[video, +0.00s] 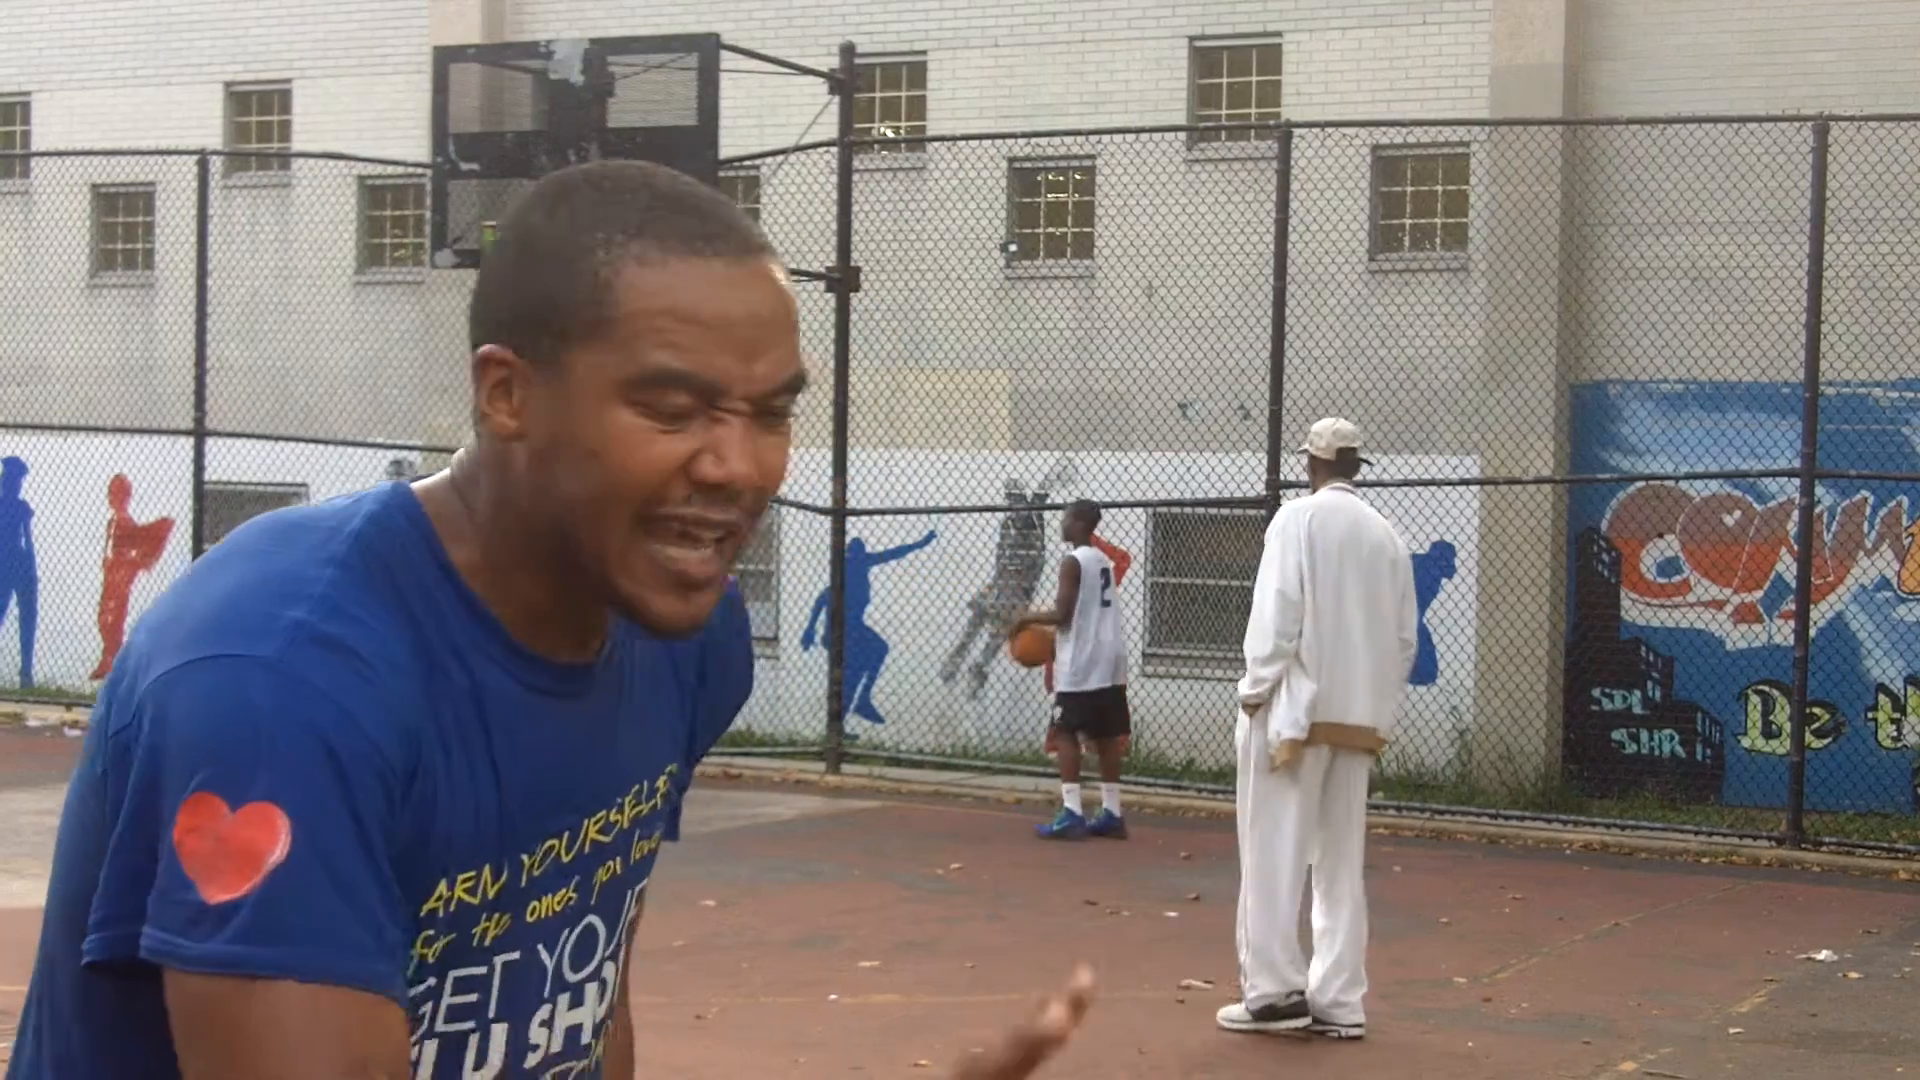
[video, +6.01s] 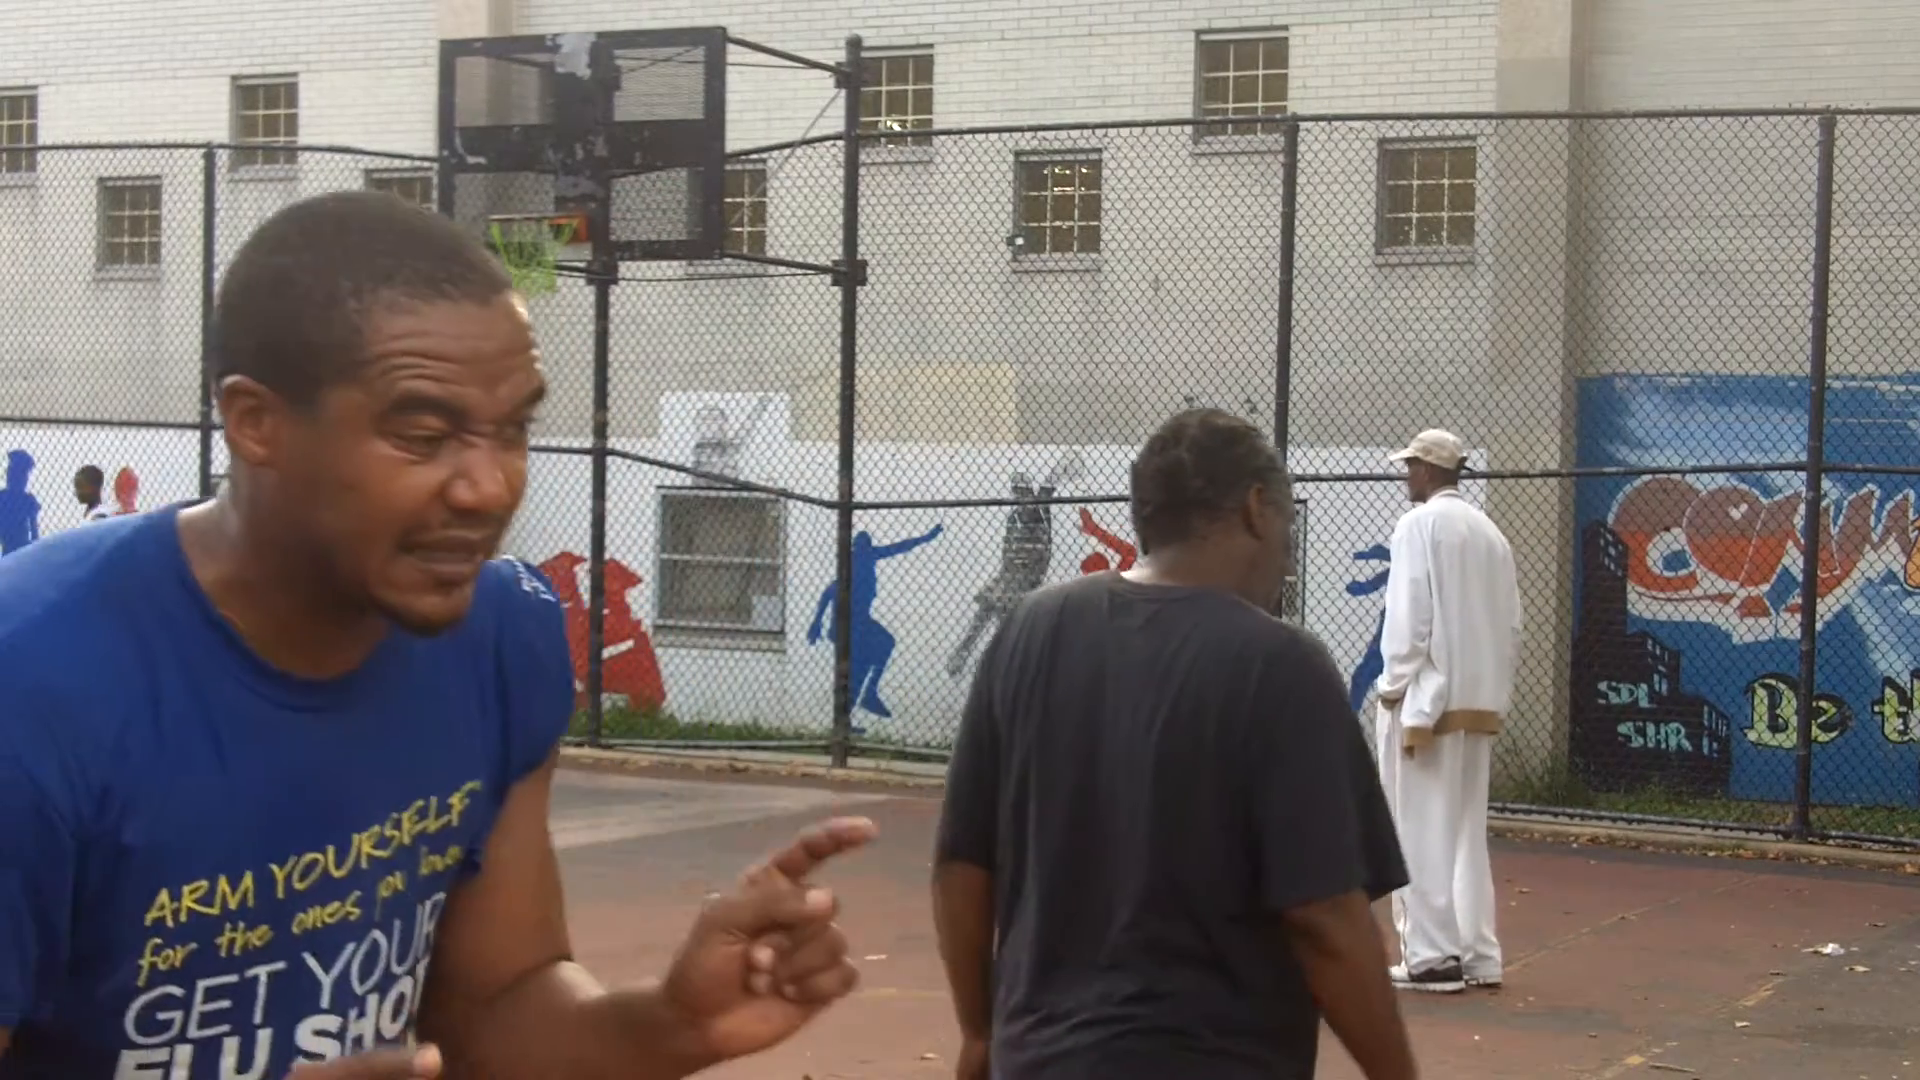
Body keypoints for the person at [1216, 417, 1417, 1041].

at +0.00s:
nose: (1304, 471)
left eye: (1306, 463)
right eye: (1311, 462)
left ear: (1313, 465)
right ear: (1358, 468)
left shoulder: (1297, 517)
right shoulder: (1390, 537)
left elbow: (1276, 618)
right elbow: (1405, 638)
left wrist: (1252, 695)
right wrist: (1382, 709)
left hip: (1292, 710)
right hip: (1359, 716)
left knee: (1272, 852)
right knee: (1340, 858)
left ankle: (1274, 991)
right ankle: (1340, 1004)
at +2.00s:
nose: (1360, 471)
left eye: (1346, 461)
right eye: (1375, 466)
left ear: (1336, 463)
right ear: (1383, 470)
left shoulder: (1290, 517)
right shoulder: (1395, 538)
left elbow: (1250, 613)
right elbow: (1396, 637)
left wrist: (1243, 690)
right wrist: (1390, 705)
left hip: (1277, 692)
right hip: (1350, 701)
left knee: (1266, 818)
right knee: (1339, 833)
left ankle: (1265, 942)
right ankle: (1321, 972)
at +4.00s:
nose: (1463, 476)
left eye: (1464, 469)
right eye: (1474, 471)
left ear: (1466, 473)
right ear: (1512, 482)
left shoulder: (1425, 519)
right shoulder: (1531, 543)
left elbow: (1390, 609)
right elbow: (1537, 636)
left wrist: (1377, 686)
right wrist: (1518, 700)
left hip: (1411, 686)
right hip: (1487, 695)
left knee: (1396, 815)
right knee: (1474, 821)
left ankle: (1388, 939)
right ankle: (1463, 960)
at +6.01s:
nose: (1404, 477)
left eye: (1409, 469)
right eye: (1406, 468)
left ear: (1427, 471)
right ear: (1453, 472)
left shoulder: (1417, 524)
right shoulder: (1492, 533)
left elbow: (1408, 618)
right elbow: (1511, 625)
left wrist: (1392, 689)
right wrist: (1495, 693)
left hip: (1424, 698)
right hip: (1477, 699)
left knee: (1419, 825)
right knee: (1467, 823)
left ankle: (1432, 955)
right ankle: (1479, 953)